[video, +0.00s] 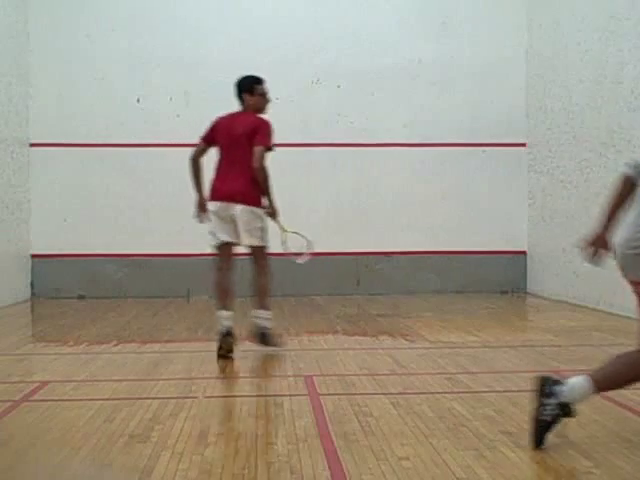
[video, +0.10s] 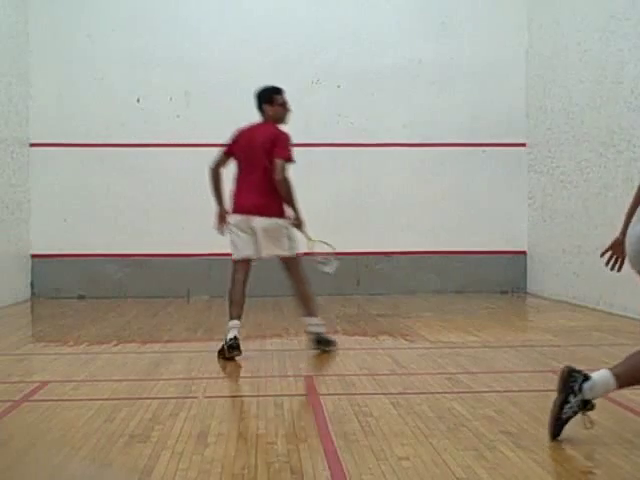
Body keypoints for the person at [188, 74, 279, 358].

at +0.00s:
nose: (267, 99)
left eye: (266, 94)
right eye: (263, 94)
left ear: (244, 97)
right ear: (248, 96)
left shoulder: (222, 122)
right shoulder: (261, 124)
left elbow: (196, 156)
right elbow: (257, 164)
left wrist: (200, 196)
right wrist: (270, 200)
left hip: (219, 199)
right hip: (248, 201)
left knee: (223, 262)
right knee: (260, 261)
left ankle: (225, 325)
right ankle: (261, 323)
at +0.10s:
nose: (287, 109)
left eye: (286, 104)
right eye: (282, 104)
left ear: (264, 108)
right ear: (268, 107)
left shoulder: (242, 134)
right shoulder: (279, 136)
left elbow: (216, 167)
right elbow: (279, 176)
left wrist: (221, 207)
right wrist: (296, 212)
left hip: (240, 214)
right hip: (270, 215)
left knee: (239, 273)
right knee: (294, 270)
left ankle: (232, 335)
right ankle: (315, 329)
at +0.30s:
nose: (324, 102)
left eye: (322, 97)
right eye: (319, 98)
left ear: (301, 102)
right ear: (305, 101)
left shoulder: (282, 131)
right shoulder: (323, 128)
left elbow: (263, 171)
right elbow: (326, 165)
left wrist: (266, 212)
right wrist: (340, 203)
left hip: (289, 205)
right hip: (320, 205)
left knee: (281, 261)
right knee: (329, 263)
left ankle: (271, 320)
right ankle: (329, 323)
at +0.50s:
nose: (362, 116)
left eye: (360, 112)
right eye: (359, 112)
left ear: (339, 115)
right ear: (353, 114)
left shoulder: (321, 141)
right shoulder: (358, 142)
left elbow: (308, 182)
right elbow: (371, 185)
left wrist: (322, 206)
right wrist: (388, 220)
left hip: (319, 216)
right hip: (347, 216)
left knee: (315, 273)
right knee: (378, 262)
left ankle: (305, 331)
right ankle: (391, 321)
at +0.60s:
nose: (386, 130)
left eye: (385, 126)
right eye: (385, 126)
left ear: (365, 127)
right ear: (381, 128)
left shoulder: (347, 151)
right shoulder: (382, 157)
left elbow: (332, 187)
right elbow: (394, 200)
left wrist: (352, 203)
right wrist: (412, 232)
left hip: (337, 223)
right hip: (366, 226)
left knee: (325, 280)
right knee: (403, 269)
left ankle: (307, 333)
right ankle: (428, 321)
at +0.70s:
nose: (417, 136)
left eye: (416, 131)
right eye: (416, 132)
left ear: (396, 132)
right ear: (412, 134)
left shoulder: (379, 154)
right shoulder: (410, 164)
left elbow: (356, 184)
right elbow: (417, 207)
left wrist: (369, 206)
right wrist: (435, 238)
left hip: (365, 226)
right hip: (392, 229)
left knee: (352, 276)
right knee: (428, 267)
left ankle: (324, 314)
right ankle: (439, 325)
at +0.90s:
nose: (464, 146)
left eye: (462, 142)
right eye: (464, 142)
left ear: (443, 139)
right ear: (461, 144)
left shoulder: (424, 157)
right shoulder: (453, 169)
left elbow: (396, 182)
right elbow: (457, 209)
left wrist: (396, 212)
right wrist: (479, 238)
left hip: (401, 221)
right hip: (423, 224)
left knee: (431, 263)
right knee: (454, 267)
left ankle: (407, 302)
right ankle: (441, 324)